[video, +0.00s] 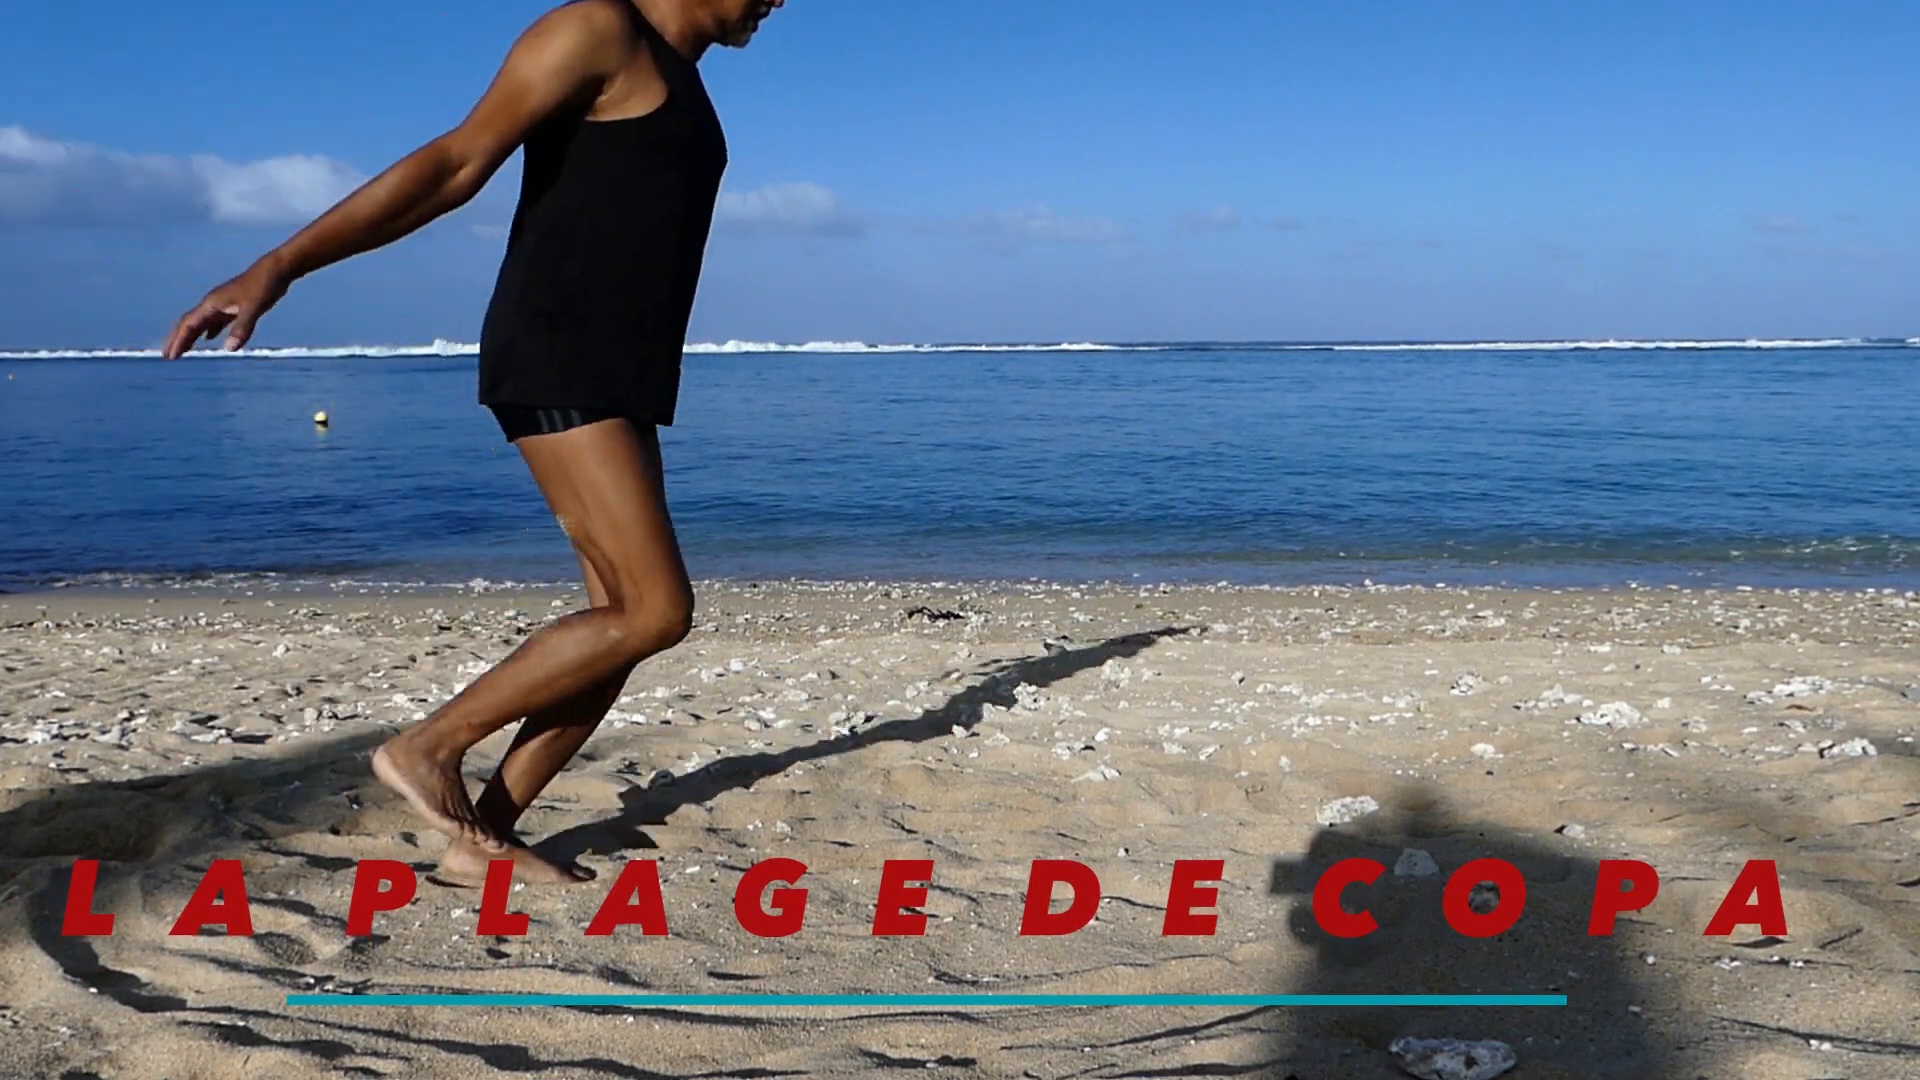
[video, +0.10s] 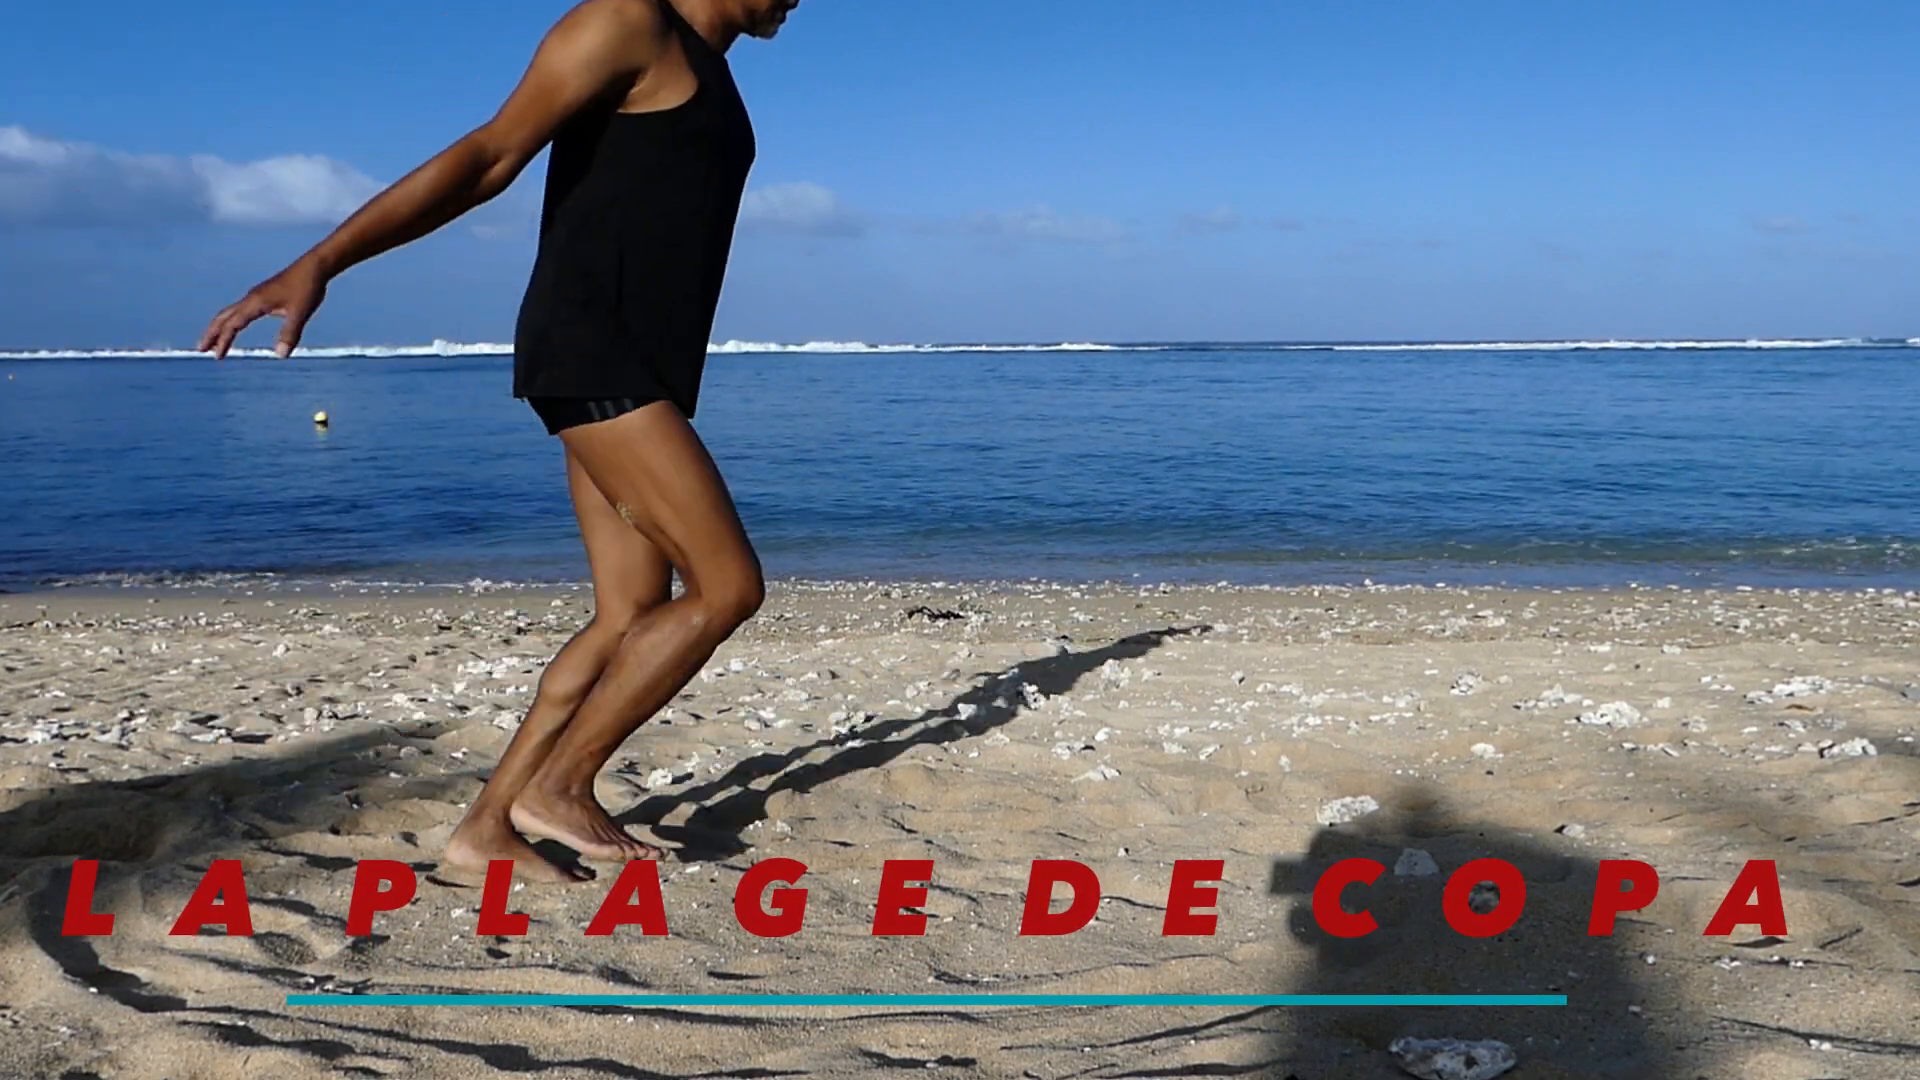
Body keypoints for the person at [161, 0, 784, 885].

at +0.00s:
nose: (769, 6)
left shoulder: (674, 71)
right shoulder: (593, 31)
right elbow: (450, 167)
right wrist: (276, 268)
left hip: (615, 377)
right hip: (558, 366)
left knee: (623, 617)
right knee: (655, 606)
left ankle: (486, 830)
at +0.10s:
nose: (788, 3)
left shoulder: (698, 58)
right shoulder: (623, 23)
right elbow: (485, 158)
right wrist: (319, 263)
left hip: (629, 362)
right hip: (591, 357)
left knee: (630, 615)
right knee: (728, 585)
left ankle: (486, 829)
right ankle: (561, 789)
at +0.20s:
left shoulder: (752, 52)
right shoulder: (677, 18)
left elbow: (708, 224)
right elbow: (545, 146)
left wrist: (743, 360)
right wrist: (383, 252)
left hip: (666, 345)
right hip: (652, 342)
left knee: (630, 600)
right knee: (811, 558)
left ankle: (491, 818)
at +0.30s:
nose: (851, 1)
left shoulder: (781, 47)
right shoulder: (720, 13)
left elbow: (774, 232)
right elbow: (588, 139)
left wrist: (822, 364)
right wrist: (435, 249)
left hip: (688, 337)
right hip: (695, 337)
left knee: (636, 591)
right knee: (855, 551)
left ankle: (497, 809)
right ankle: (863, 805)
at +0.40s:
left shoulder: (834, 41)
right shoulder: (785, 13)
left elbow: (839, 220)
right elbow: (666, 134)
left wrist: (918, 336)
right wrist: (528, 255)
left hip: (741, 327)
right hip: (769, 331)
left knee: (664, 575)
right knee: (906, 559)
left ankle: (524, 788)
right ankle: (971, 792)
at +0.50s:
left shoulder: (869, 29)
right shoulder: (833, 11)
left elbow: (878, 206)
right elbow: (723, 139)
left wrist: (978, 317)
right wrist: (601, 269)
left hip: (783, 324)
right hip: (822, 330)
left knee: (693, 568)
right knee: (940, 570)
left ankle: (551, 779)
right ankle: (1003, 800)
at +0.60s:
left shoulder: (899, 32)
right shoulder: (907, 23)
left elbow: (948, 218)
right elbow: (816, 160)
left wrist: (1068, 303)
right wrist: (724, 309)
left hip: (840, 343)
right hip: (906, 348)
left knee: (755, 582)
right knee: (990, 591)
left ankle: (599, 766)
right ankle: (1005, 822)